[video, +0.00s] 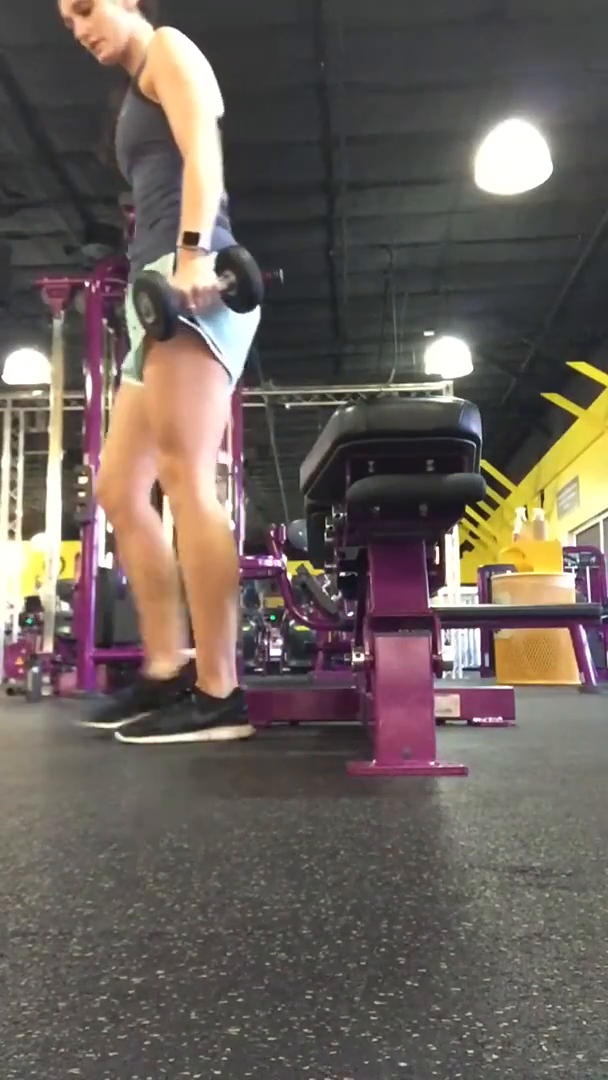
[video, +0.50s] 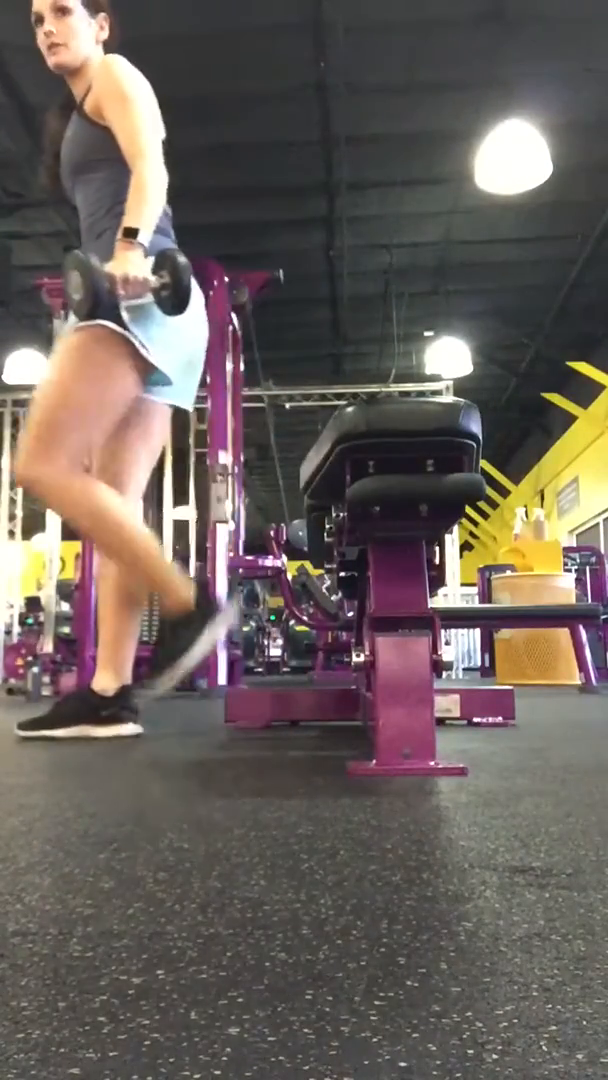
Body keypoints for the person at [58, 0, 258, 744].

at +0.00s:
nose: (79, 26)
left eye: (87, 8)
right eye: (69, 18)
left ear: (128, 1)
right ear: (72, 27)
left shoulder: (167, 49)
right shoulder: (135, 91)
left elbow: (201, 149)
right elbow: (155, 201)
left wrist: (191, 250)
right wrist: (143, 277)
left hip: (199, 283)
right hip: (162, 291)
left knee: (185, 476)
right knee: (121, 488)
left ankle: (219, 691)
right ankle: (165, 674)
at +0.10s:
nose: (64, 30)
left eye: (72, 11)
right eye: (54, 21)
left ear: (112, 2)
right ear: (58, 28)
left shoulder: (152, 51)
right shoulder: (122, 93)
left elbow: (188, 149)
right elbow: (147, 202)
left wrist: (178, 250)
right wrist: (135, 284)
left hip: (189, 288)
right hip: (153, 296)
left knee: (182, 481)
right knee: (122, 494)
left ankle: (217, 690)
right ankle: (117, 683)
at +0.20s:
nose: (55, 28)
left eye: (65, 10)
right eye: (45, 19)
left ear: (106, 6)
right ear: (47, 28)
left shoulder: (139, 59)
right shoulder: (108, 94)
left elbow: (175, 157)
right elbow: (135, 202)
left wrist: (167, 254)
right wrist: (125, 285)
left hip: (179, 294)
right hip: (145, 303)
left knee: (169, 483)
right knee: (116, 496)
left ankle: (217, 689)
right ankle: (109, 688)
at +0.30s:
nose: (51, 27)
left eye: (63, 11)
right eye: (42, 17)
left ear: (103, 12)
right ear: (43, 30)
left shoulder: (128, 67)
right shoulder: (93, 100)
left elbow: (164, 160)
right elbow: (119, 206)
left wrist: (156, 251)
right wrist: (106, 286)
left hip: (163, 293)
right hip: (129, 300)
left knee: (146, 488)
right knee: (107, 494)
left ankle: (213, 685)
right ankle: (108, 688)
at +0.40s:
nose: (48, 27)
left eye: (62, 12)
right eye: (39, 18)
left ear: (102, 19)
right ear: (38, 33)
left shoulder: (118, 73)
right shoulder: (91, 102)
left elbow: (156, 166)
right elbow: (118, 205)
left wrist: (145, 248)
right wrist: (101, 283)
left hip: (145, 289)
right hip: (143, 293)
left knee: (90, 478)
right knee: (115, 495)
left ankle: (195, 662)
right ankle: (107, 687)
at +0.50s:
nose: (47, 30)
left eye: (61, 16)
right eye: (38, 21)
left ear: (100, 25)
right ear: (38, 38)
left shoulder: (112, 76)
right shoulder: (90, 103)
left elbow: (150, 165)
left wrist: (131, 244)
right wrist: (92, 280)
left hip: (133, 292)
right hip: (165, 300)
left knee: (44, 461)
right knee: (117, 501)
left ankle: (185, 604)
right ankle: (110, 689)